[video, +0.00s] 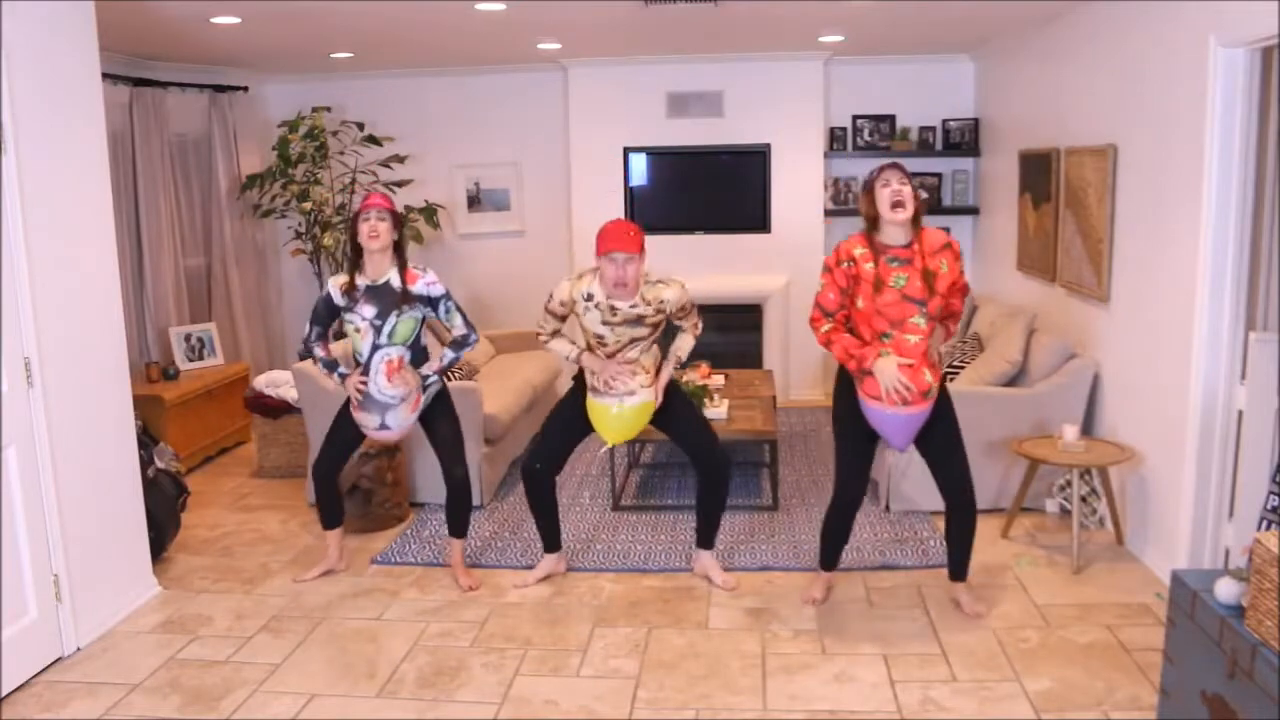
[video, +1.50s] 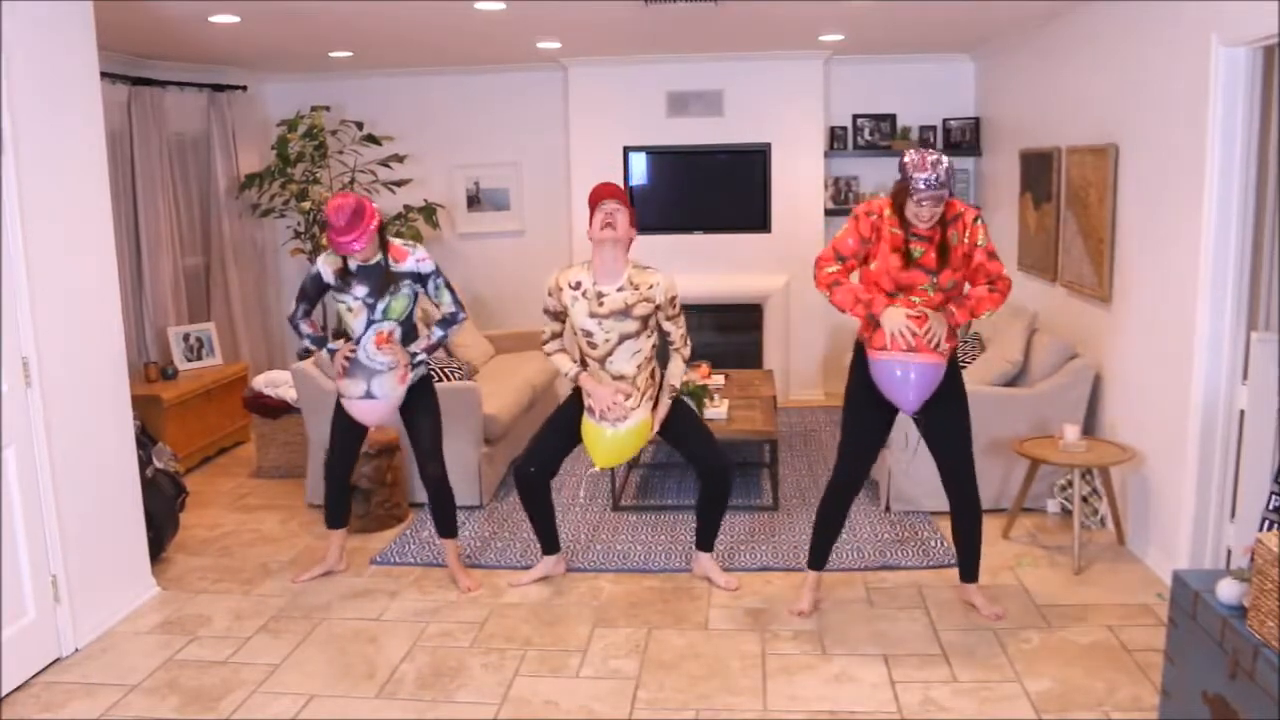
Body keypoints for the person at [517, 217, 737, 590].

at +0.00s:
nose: (621, 271)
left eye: (630, 260)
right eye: (612, 261)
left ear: (643, 260)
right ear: (598, 260)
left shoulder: (668, 294)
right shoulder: (573, 291)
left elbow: (691, 326)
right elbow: (546, 334)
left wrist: (663, 377)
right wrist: (590, 362)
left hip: (652, 387)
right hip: (592, 388)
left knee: (715, 461)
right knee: (535, 467)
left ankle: (704, 553)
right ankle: (553, 554)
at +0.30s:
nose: (619, 215)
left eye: (628, 205)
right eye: (610, 206)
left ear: (641, 209)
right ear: (597, 211)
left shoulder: (664, 259)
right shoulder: (572, 257)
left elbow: (690, 311)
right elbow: (552, 313)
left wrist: (666, 364)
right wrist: (592, 344)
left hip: (653, 371)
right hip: (593, 371)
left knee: (702, 456)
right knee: (550, 462)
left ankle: (703, 554)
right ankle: (554, 555)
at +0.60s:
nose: (614, 231)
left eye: (622, 223)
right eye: (607, 223)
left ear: (634, 214)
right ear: (594, 213)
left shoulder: (659, 253)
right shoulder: (566, 252)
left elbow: (685, 316)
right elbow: (554, 315)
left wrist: (664, 368)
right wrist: (588, 345)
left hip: (651, 379)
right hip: (591, 380)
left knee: (707, 463)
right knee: (543, 469)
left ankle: (703, 555)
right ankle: (553, 556)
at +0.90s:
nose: (612, 208)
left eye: (620, 200)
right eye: (603, 201)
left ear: (633, 208)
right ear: (589, 210)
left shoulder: (657, 264)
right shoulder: (567, 263)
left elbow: (684, 328)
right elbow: (553, 326)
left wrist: (662, 386)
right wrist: (584, 361)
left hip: (652, 385)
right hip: (592, 388)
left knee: (705, 465)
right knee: (540, 469)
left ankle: (701, 555)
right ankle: (553, 556)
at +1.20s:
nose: (609, 207)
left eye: (618, 203)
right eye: (601, 204)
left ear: (633, 220)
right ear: (589, 220)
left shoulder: (656, 276)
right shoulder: (566, 275)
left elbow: (682, 340)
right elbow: (554, 338)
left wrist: (661, 399)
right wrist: (587, 374)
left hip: (652, 391)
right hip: (591, 393)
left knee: (708, 467)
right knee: (534, 470)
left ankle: (702, 556)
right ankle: (552, 556)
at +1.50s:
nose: (607, 214)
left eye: (618, 212)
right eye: (600, 212)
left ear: (632, 233)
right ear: (588, 231)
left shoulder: (655, 284)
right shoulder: (565, 284)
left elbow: (680, 349)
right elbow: (552, 345)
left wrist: (662, 406)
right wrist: (588, 383)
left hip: (652, 393)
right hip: (590, 395)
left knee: (717, 466)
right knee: (529, 470)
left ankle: (704, 554)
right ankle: (552, 556)